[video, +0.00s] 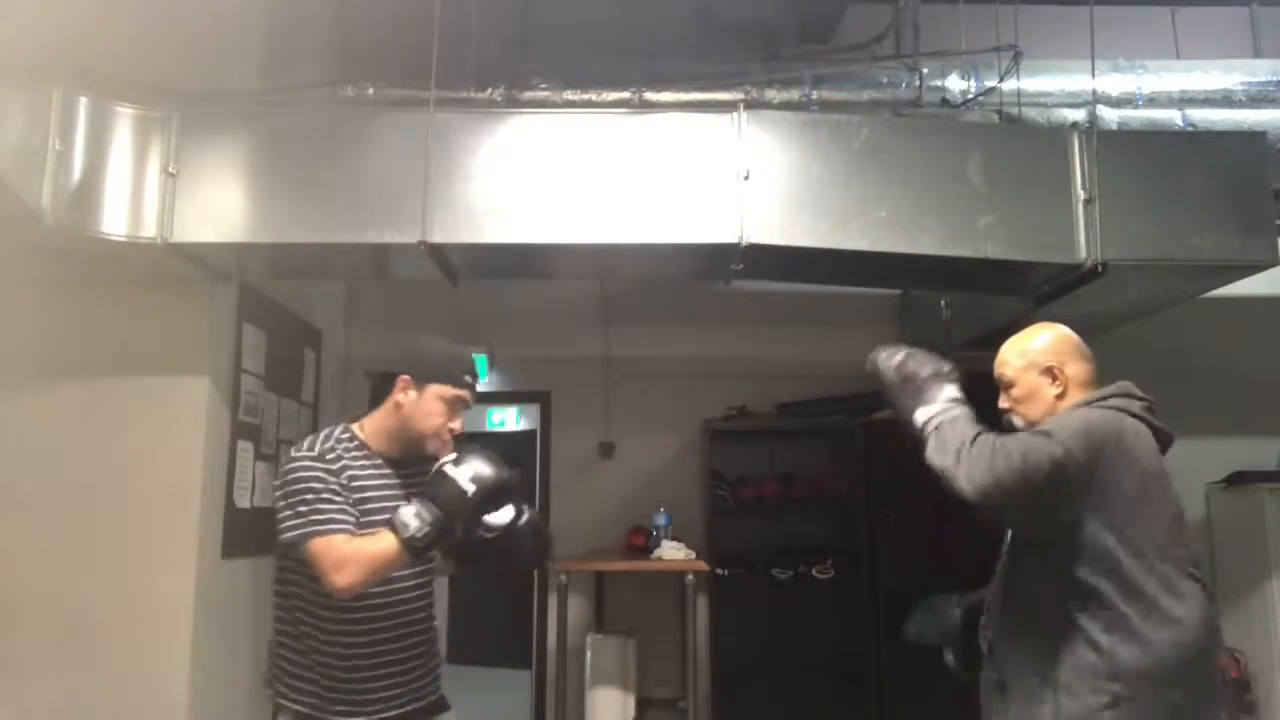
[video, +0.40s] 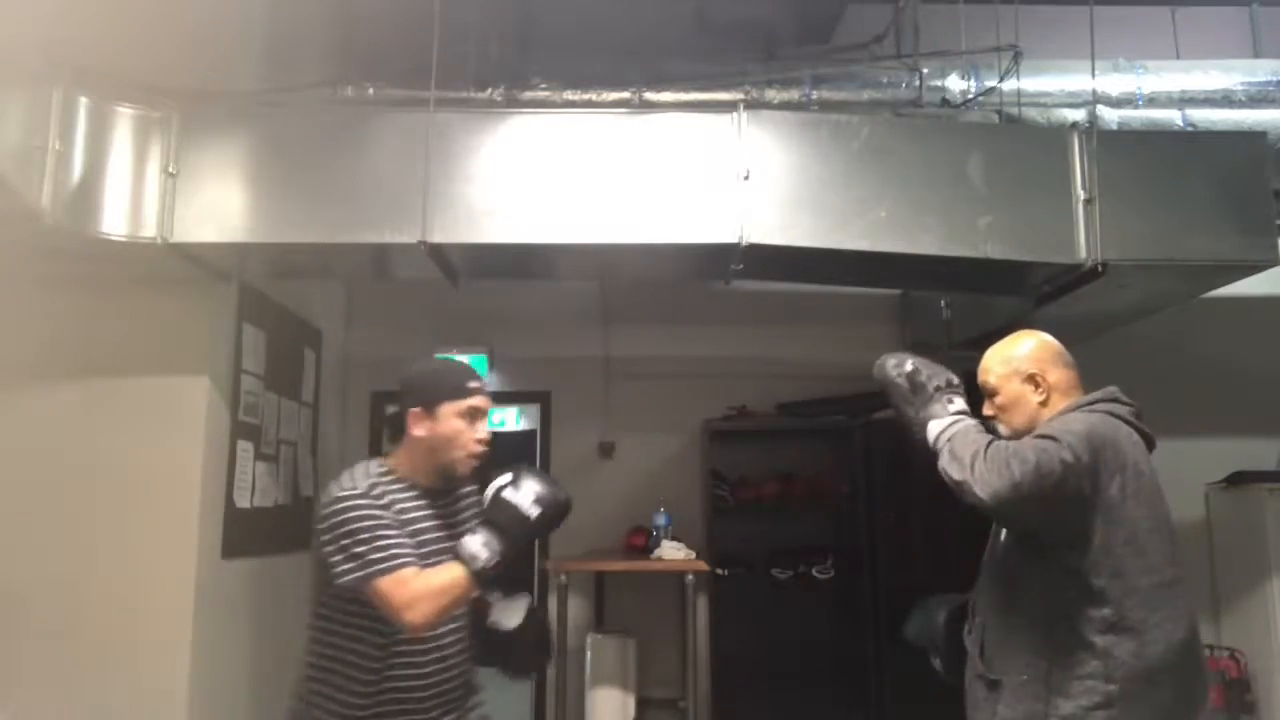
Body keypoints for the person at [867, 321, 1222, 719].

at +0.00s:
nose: (1000, 403)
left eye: (1008, 385)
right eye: (1000, 389)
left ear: (1055, 380)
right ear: (1056, 380)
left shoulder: (1088, 432)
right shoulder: (1106, 429)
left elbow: (984, 475)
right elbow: (1065, 577)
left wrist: (932, 398)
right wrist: (970, 616)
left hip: (1115, 688)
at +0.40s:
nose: (986, 411)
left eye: (993, 395)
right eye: (984, 400)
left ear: (1038, 385)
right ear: (1040, 385)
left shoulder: (1085, 436)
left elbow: (1001, 479)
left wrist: (942, 414)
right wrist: (966, 623)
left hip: (1093, 698)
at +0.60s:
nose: (972, 411)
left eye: (978, 393)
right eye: (971, 398)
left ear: (1024, 382)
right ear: (1031, 384)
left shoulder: (1054, 440)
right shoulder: (1087, 435)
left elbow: (937, 474)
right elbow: (1058, 578)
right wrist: (968, 614)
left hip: (1082, 685)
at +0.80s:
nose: (975, 410)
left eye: (984, 392)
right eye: (972, 396)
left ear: (1035, 383)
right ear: (1033, 387)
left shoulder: (1072, 432)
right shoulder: (1052, 441)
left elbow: (966, 479)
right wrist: (961, 621)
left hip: (1104, 685)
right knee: (931, 628)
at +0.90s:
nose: (974, 412)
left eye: (982, 395)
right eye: (972, 399)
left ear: (1032, 387)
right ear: (1032, 387)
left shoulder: (1070, 444)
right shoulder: (1061, 441)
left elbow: (1023, 534)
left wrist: (900, 570)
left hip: (1101, 699)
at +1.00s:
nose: (971, 414)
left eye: (980, 397)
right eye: (970, 401)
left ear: (1028, 389)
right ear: (1027, 390)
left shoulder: (1077, 457)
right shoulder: (1050, 452)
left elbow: (1056, 591)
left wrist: (956, 643)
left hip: (1113, 701)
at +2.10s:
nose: (960, 417)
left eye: (967, 400)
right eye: (958, 404)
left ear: (1016, 393)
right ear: (1017, 394)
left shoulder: (1035, 461)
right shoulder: (1074, 447)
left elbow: (1019, 597)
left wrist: (936, 634)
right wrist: (966, 590)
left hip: (1097, 699)